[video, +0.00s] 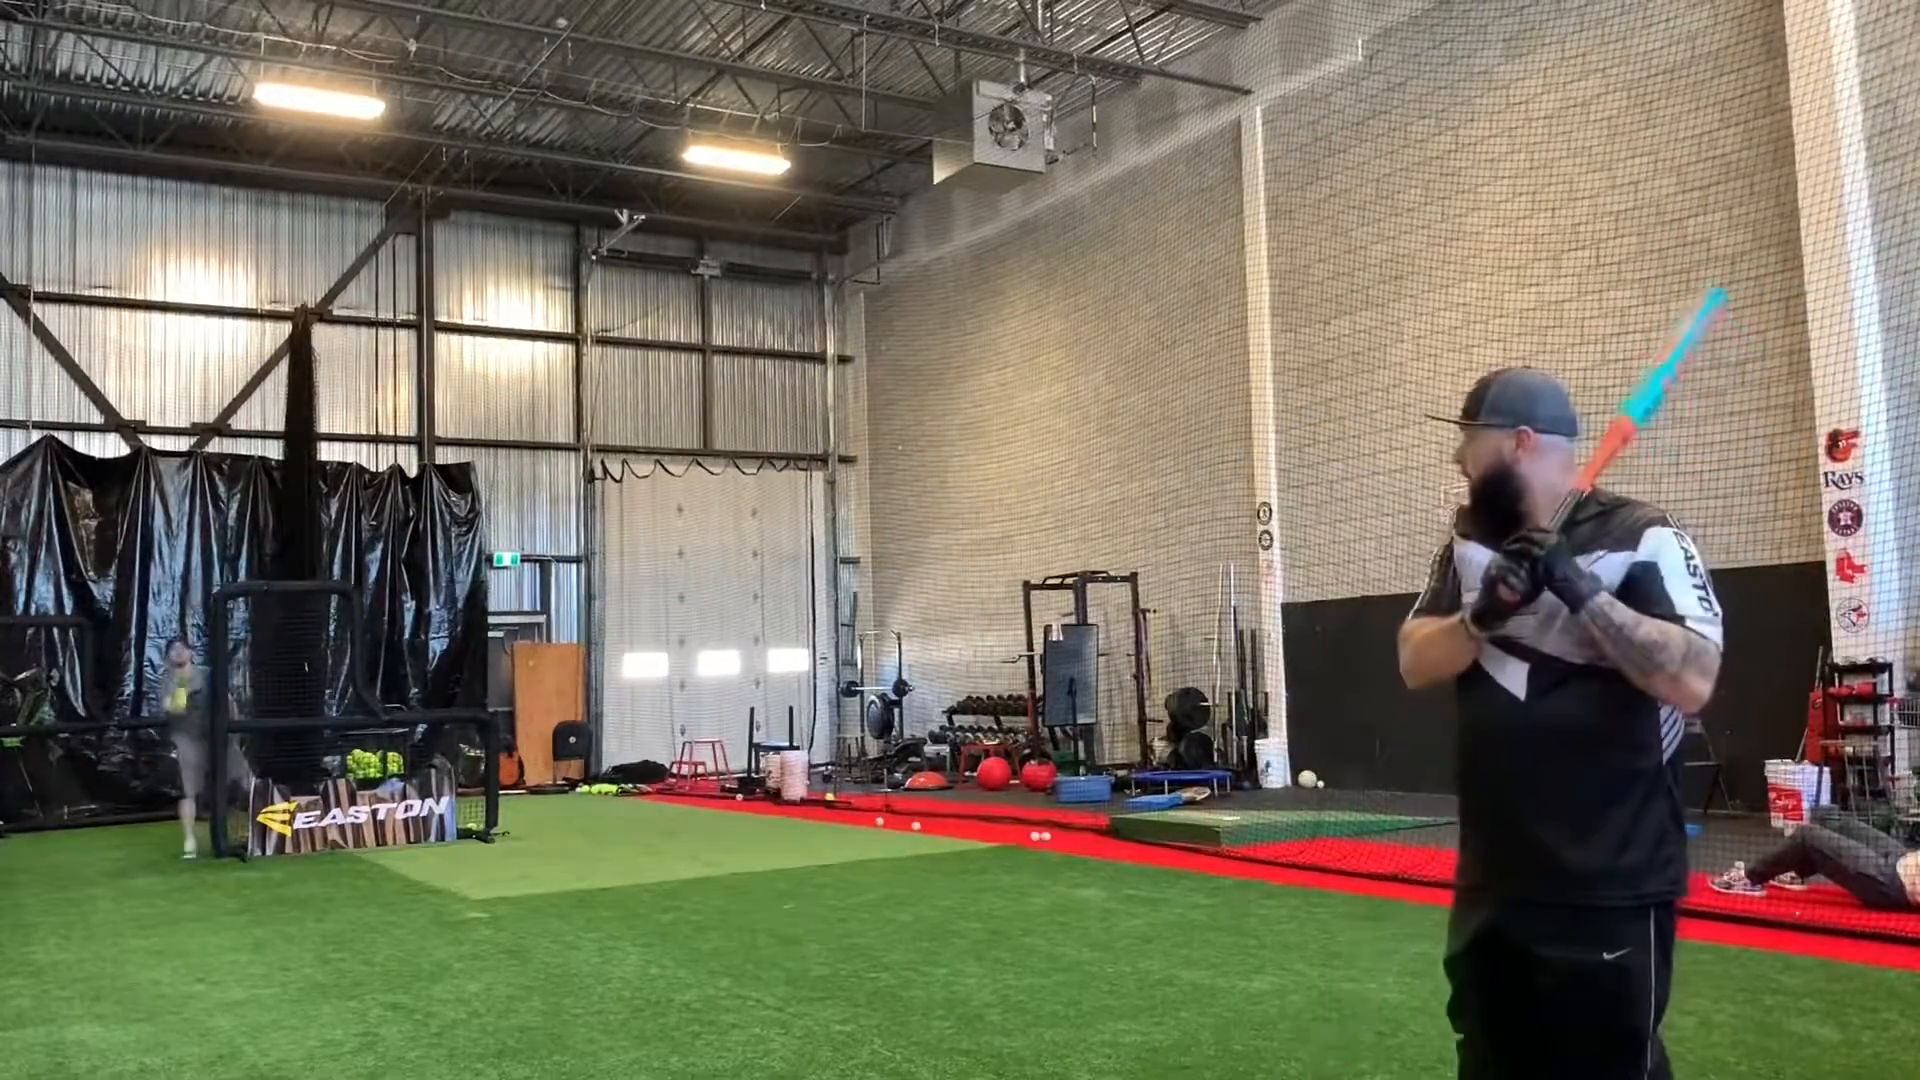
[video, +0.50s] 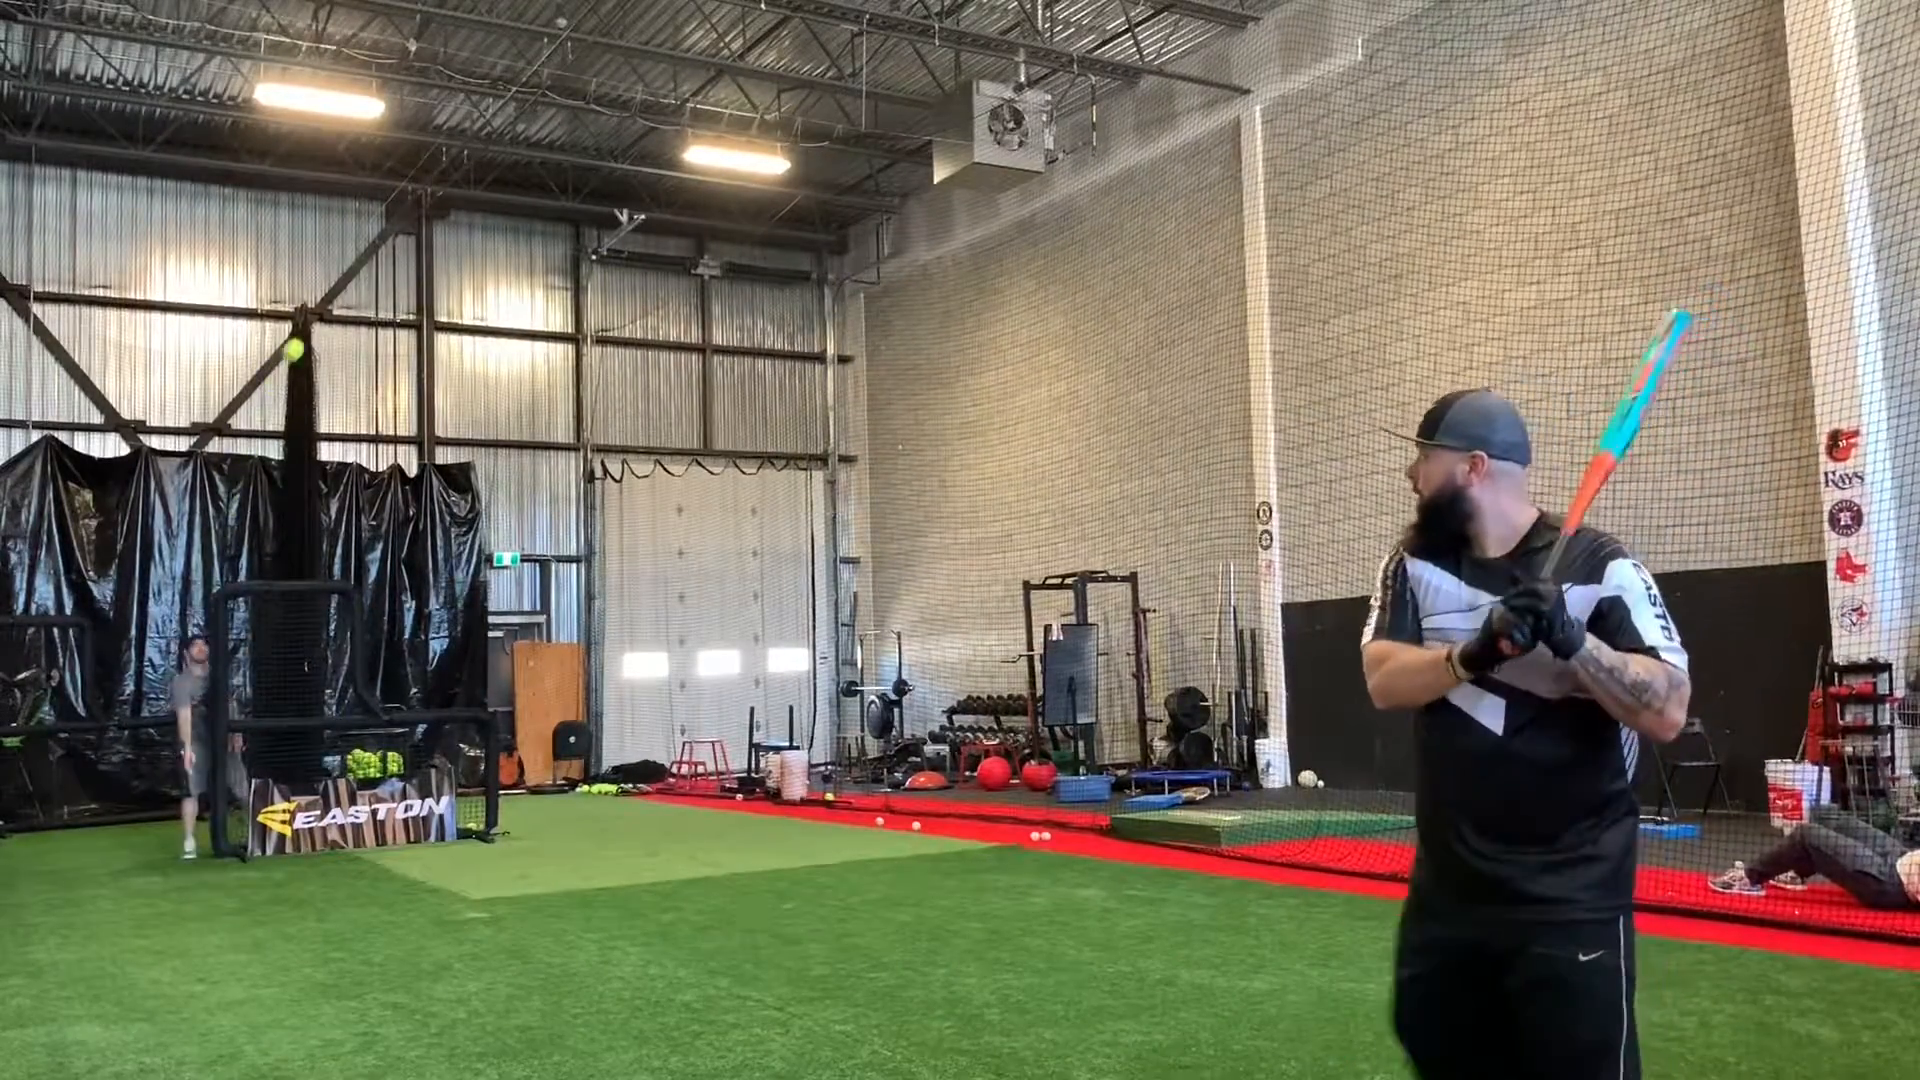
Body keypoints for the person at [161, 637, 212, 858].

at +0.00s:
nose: (179, 654)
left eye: (182, 649)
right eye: (174, 650)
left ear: (191, 652)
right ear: (169, 656)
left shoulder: (207, 675)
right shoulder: (169, 679)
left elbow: (227, 701)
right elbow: (167, 707)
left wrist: (231, 724)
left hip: (217, 733)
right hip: (188, 736)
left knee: (245, 779)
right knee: (188, 789)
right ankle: (189, 839)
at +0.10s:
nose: (184, 650)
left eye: (188, 645)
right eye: (179, 646)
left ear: (194, 648)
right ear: (173, 652)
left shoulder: (207, 673)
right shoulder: (169, 677)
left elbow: (225, 698)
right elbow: (174, 708)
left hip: (218, 734)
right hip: (190, 738)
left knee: (250, 779)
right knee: (188, 791)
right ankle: (189, 839)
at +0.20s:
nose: (187, 649)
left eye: (190, 644)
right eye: (182, 645)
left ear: (195, 648)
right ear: (175, 650)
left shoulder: (207, 672)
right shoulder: (169, 677)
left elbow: (225, 699)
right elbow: (170, 686)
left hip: (218, 734)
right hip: (188, 737)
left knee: (249, 775)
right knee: (187, 790)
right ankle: (189, 839)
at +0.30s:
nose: (190, 649)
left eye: (193, 645)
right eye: (185, 645)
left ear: (199, 649)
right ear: (178, 650)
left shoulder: (209, 673)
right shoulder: (171, 676)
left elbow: (224, 699)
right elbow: (180, 700)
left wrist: (199, 700)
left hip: (218, 737)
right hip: (189, 740)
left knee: (247, 782)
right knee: (188, 792)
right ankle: (189, 839)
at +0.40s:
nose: (196, 649)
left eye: (197, 645)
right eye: (190, 646)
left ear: (201, 649)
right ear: (182, 651)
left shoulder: (211, 673)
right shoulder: (177, 677)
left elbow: (226, 701)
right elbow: (181, 705)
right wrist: (190, 728)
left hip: (220, 734)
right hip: (195, 735)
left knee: (228, 787)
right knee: (189, 790)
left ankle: (223, 839)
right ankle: (189, 838)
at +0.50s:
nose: (202, 650)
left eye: (204, 646)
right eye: (196, 646)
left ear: (210, 650)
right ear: (186, 653)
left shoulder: (217, 675)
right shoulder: (182, 681)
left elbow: (231, 704)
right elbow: (184, 715)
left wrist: (236, 731)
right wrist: (187, 746)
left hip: (224, 738)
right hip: (197, 740)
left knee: (243, 789)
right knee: (191, 792)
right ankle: (189, 839)